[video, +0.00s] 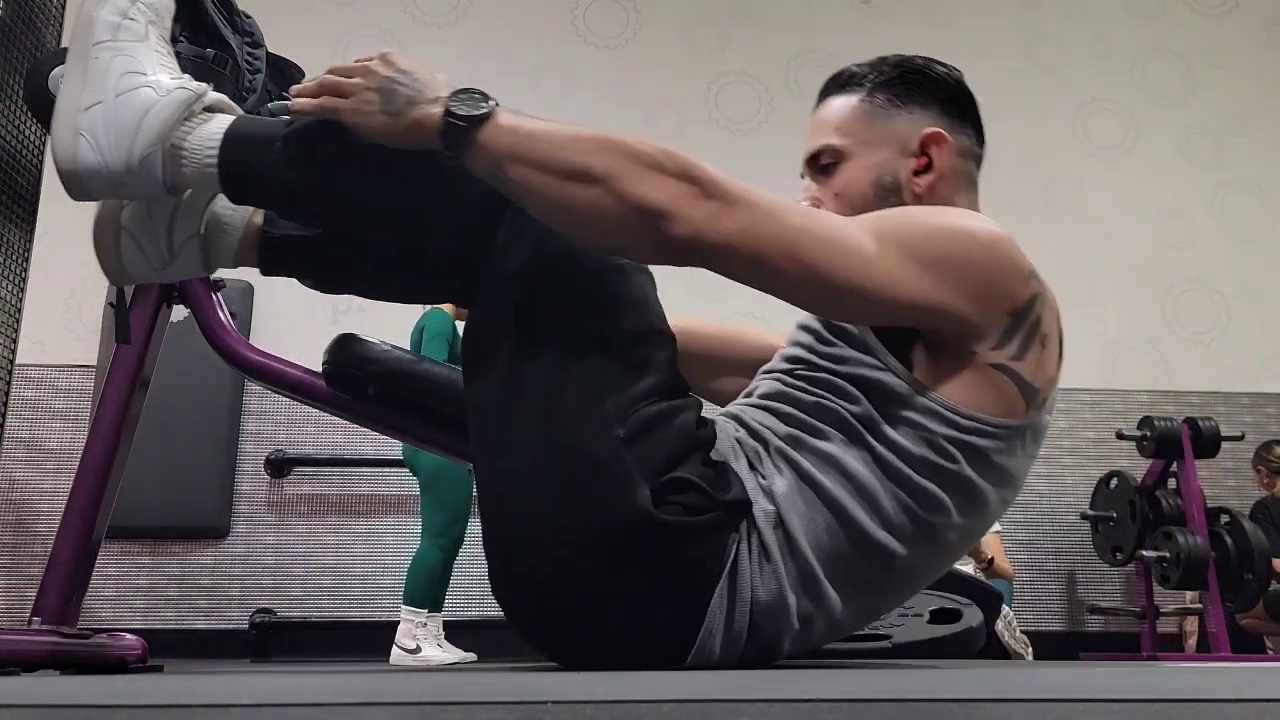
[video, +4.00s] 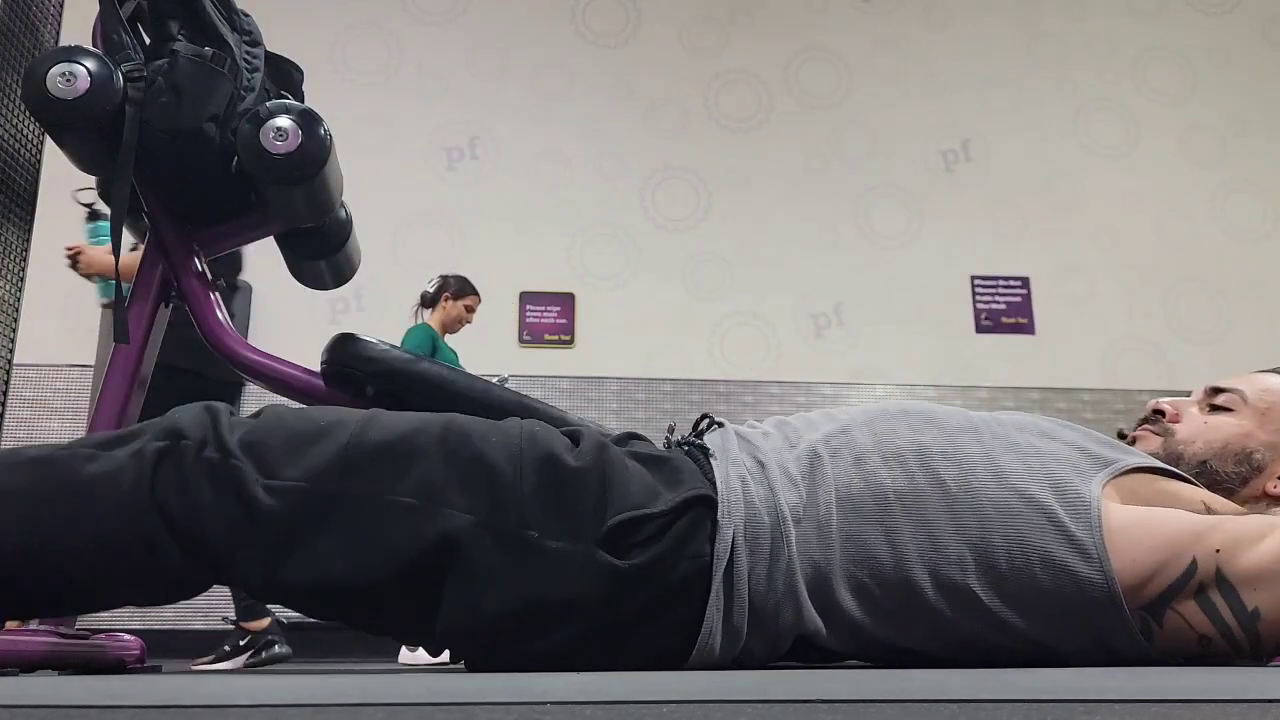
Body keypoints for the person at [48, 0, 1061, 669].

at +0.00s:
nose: (806, 202)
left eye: (830, 170)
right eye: (809, 178)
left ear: (930, 163)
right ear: (916, 172)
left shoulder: (987, 268)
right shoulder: (870, 335)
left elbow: (688, 215)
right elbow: (654, 338)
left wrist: (451, 115)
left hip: (672, 583)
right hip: (649, 566)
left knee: (553, 233)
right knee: (551, 231)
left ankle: (184, 135)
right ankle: (224, 228)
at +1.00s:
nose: (1139, 354)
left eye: (1177, 350)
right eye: (1153, 335)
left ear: (1224, 395)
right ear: (1153, 367)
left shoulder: (1191, 535)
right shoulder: (1100, 474)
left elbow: (1264, 361)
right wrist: (1130, 411)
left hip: (680, 558)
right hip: (679, 519)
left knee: (255, 368)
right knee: (268, 381)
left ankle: (1, 446)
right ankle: (14, 452)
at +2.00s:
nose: (1201, 352)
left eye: (1236, 355)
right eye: (1224, 340)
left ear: (1259, 425)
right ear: (1215, 396)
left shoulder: (1207, 535)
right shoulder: (1083, 481)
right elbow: (926, 395)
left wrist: (1108, 82)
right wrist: (982, 221)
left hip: (670, 569)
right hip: (672, 511)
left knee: (323, 292)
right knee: (345, 295)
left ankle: (3, 310)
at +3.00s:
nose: (848, 193)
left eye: (871, 169)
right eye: (856, 173)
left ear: (949, 178)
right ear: (939, 194)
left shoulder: (1037, 298)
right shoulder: (874, 351)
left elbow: (764, 171)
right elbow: (675, 294)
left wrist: (571, 39)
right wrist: (537, 147)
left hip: (671, 570)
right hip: (643, 555)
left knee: (479, 174)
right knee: (472, 190)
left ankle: (84, 153)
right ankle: (103, 159)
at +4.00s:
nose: (1193, 397)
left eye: (1224, 406)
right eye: (1204, 388)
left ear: (1253, 467)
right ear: (1177, 421)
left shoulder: (1209, 546)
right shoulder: (1115, 477)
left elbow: (1279, 607)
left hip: (673, 540)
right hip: (664, 474)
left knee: (223, 470)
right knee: (248, 451)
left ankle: (19, 527)